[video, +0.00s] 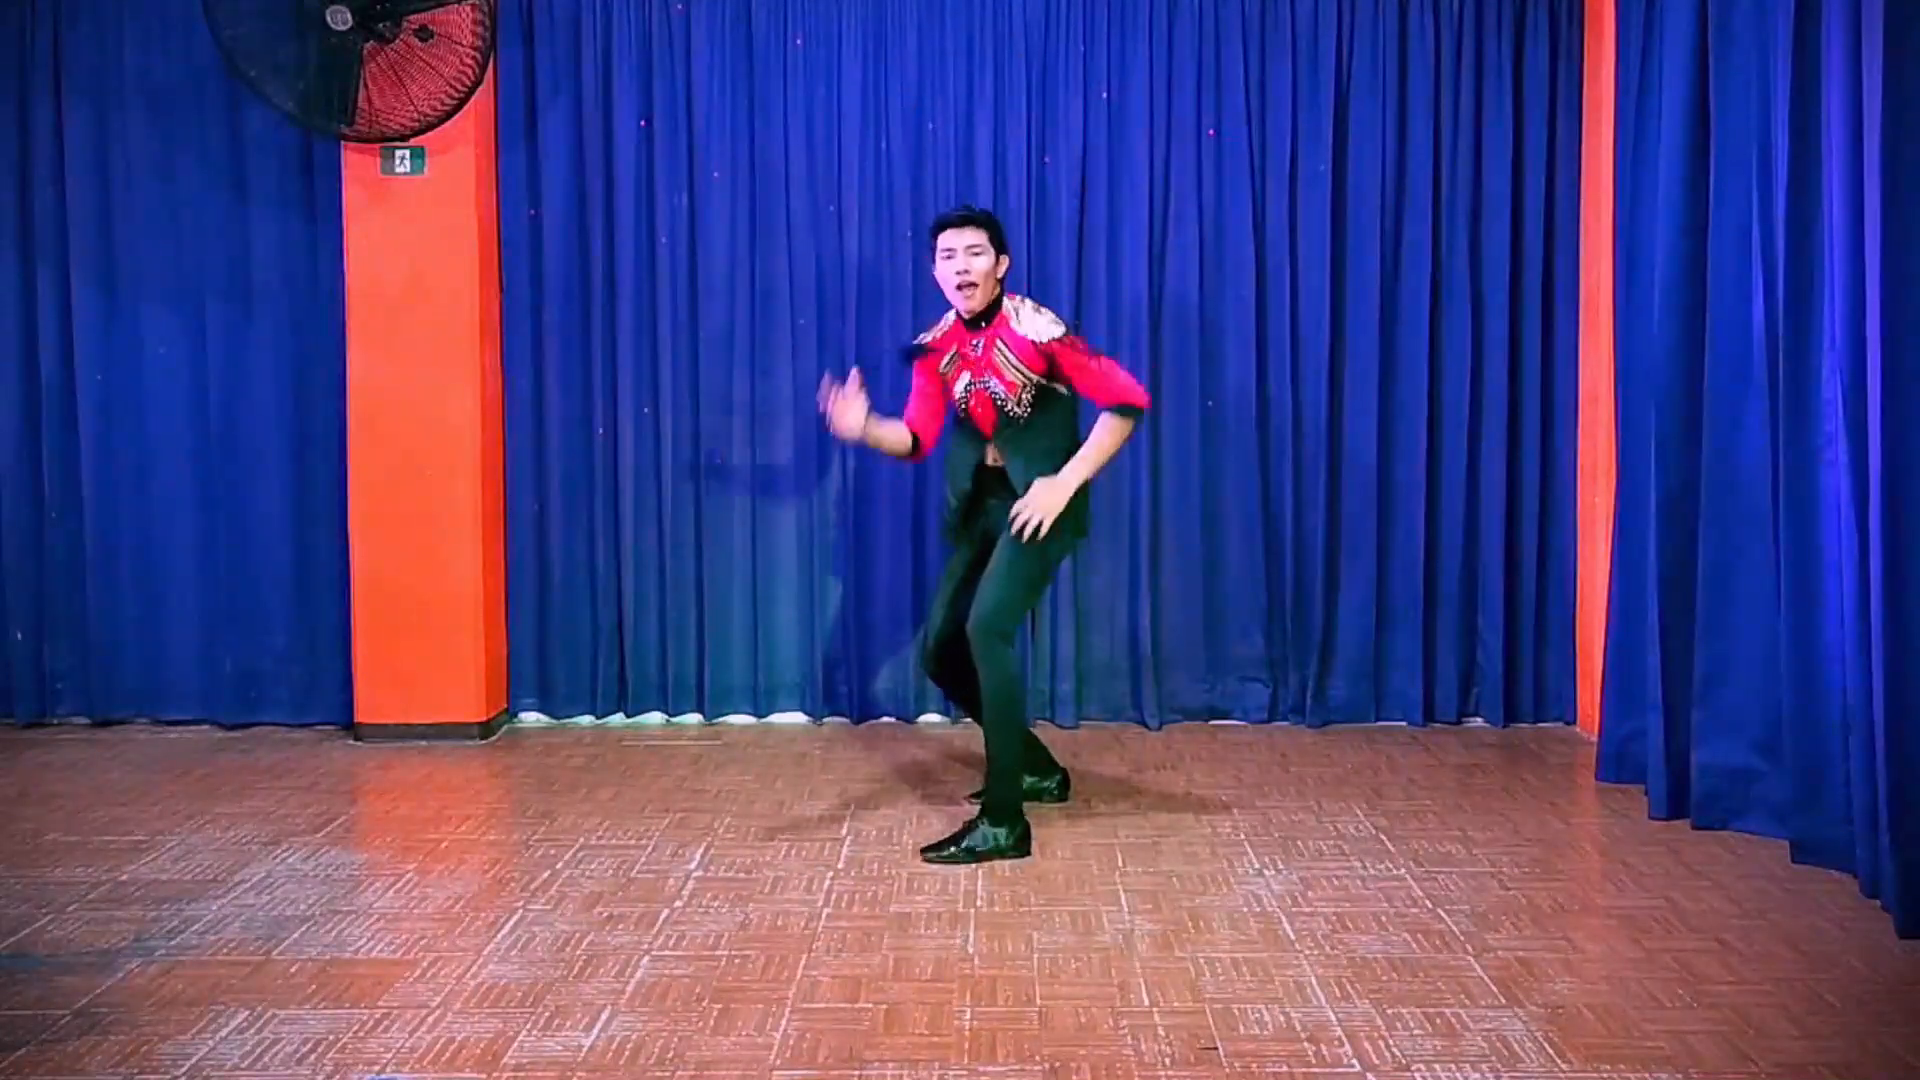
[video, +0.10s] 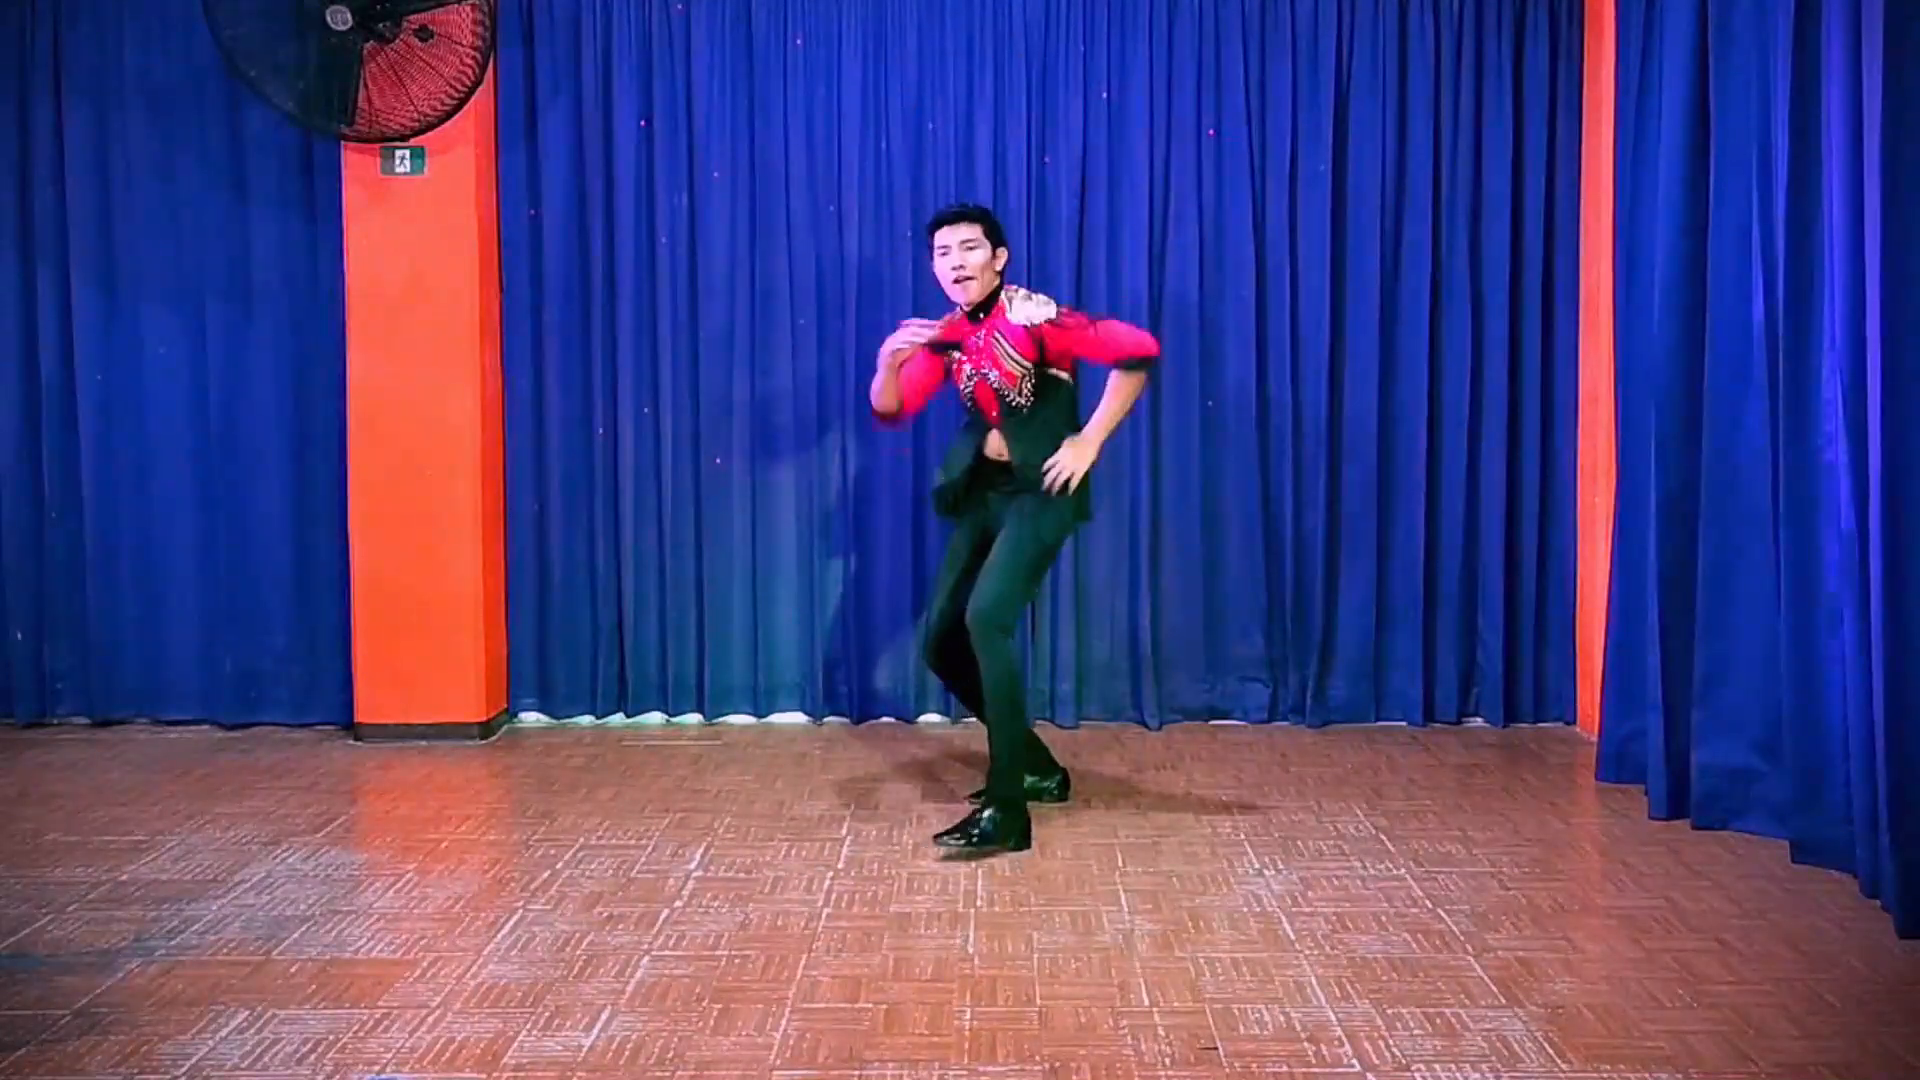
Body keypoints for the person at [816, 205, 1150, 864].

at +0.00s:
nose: (960, 268)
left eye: (974, 253)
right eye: (947, 256)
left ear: (1001, 264)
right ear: (934, 271)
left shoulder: (1036, 332)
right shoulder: (937, 351)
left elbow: (1127, 403)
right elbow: (915, 439)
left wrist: (1065, 481)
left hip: (1044, 504)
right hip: (984, 509)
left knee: (989, 629)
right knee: (942, 652)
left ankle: (1003, 820)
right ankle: (1038, 767)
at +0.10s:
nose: (956, 263)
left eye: (970, 248)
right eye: (944, 252)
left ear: (999, 257)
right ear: (934, 265)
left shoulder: (1034, 320)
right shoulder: (947, 338)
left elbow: (1139, 352)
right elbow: (890, 411)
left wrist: (1088, 440)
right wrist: (887, 364)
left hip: (1046, 491)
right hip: (987, 494)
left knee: (987, 618)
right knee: (942, 643)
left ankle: (1006, 811)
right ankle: (1038, 770)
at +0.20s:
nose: (935, 269)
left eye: (947, 253)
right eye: (929, 260)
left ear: (989, 258)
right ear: (931, 274)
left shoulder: (1033, 310)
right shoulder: (954, 316)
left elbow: (1137, 314)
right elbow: (878, 344)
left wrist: (1114, 411)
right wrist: (934, 368)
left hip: (1047, 490)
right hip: (993, 488)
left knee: (962, 615)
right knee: (941, 644)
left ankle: (1038, 775)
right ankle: (1029, 766)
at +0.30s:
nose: (930, 298)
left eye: (933, 280)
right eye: (926, 284)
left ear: (970, 268)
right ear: (964, 273)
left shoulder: (1040, 318)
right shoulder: (963, 332)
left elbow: (1140, 379)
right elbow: (906, 391)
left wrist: (1072, 453)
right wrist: (922, 443)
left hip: (1040, 502)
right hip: (992, 500)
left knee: (956, 644)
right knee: (939, 648)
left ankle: (1050, 796)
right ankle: (1032, 772)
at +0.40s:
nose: (941, 319)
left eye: (946, 307)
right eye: (937, 308)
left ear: (983, 298)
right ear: (973, 298)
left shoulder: (1051, 336)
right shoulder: (974, 349)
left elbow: (1086, 449)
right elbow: (970, 447)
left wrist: (996, 473)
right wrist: (927, 495)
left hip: (1048, 508)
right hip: (1004, 505)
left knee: (958, 649)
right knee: (938, 650)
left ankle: (1053, 797)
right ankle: (1031, 773)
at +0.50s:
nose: (954, 342)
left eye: (962, 332)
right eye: (949, 333)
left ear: (992, 316)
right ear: (959, 315)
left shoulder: (1037, 352)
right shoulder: (985, 336)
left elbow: (1069, 448)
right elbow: (989, 420)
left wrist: (969, 443)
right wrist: (955, 480)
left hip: (1042, 511)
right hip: (1002, 505)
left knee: (965, 646)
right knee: (946, 645)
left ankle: (1053, 797)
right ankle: (1030, 773)